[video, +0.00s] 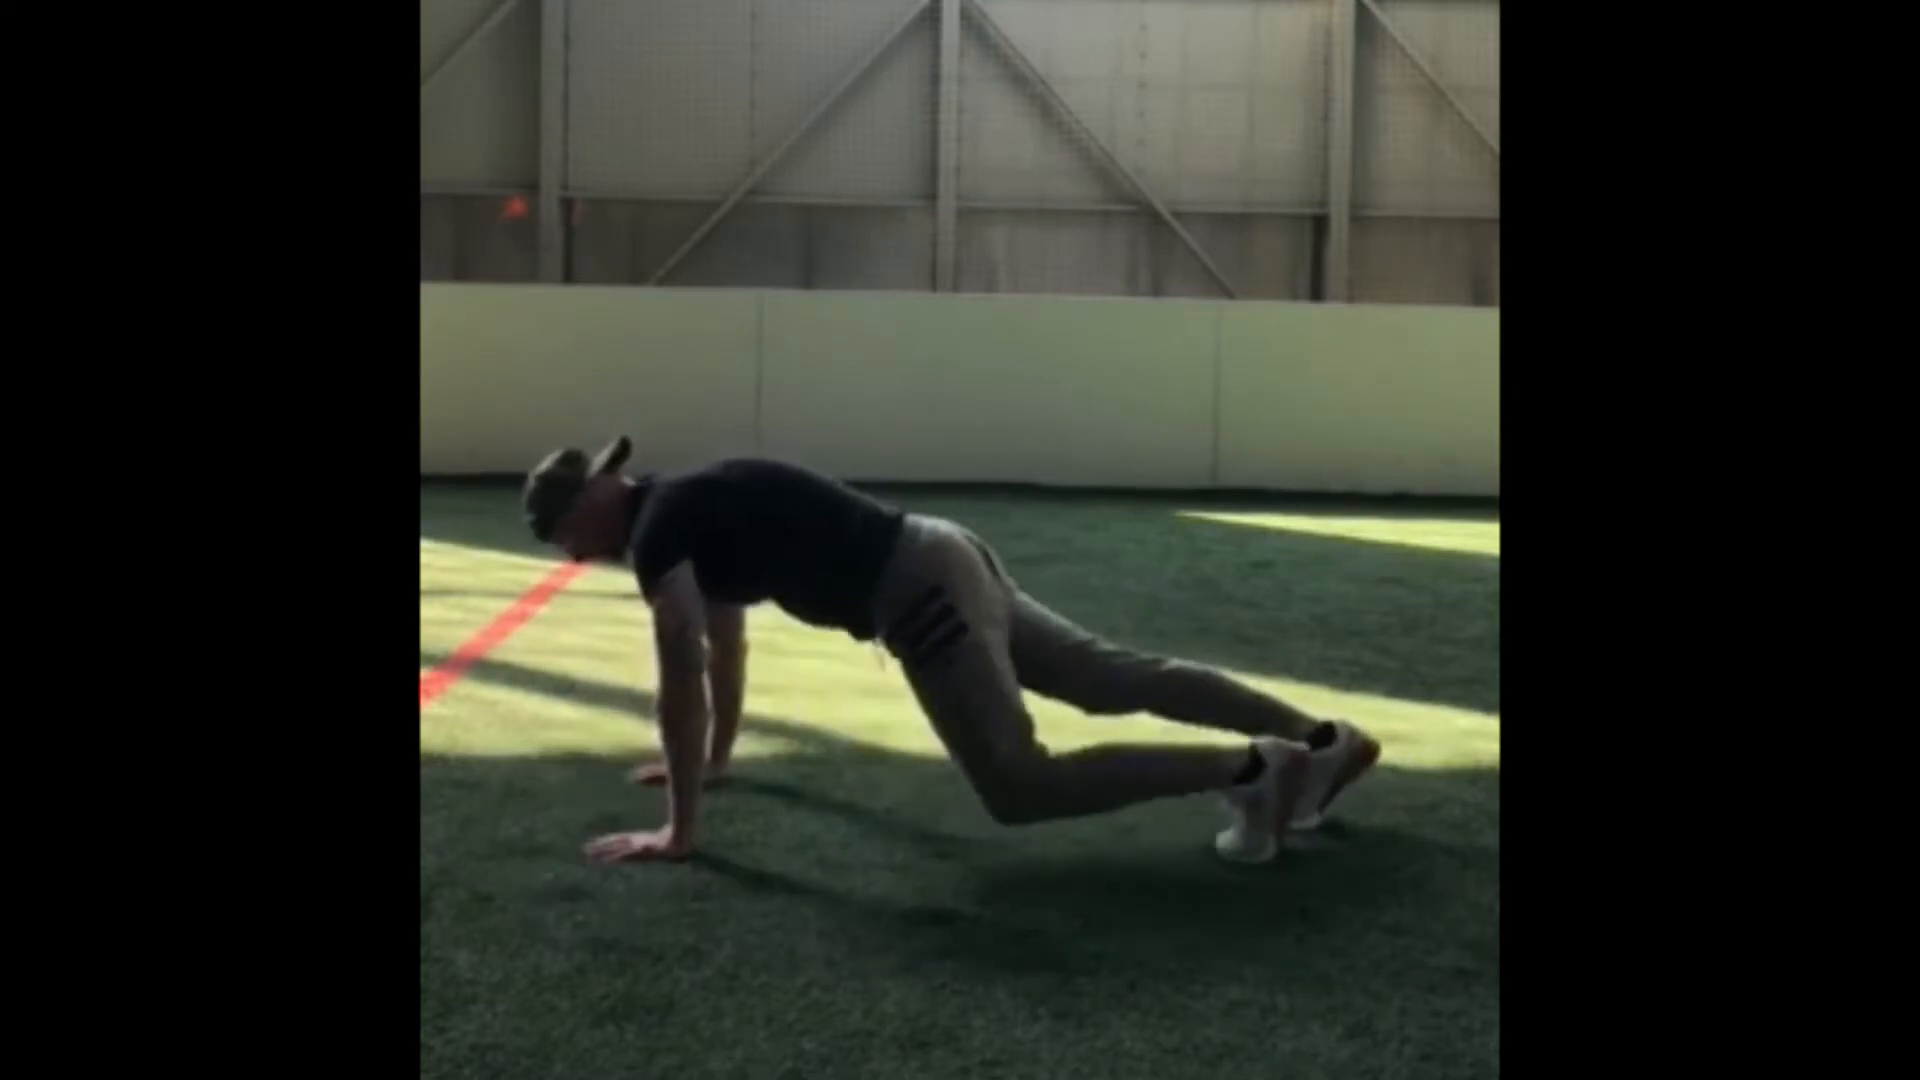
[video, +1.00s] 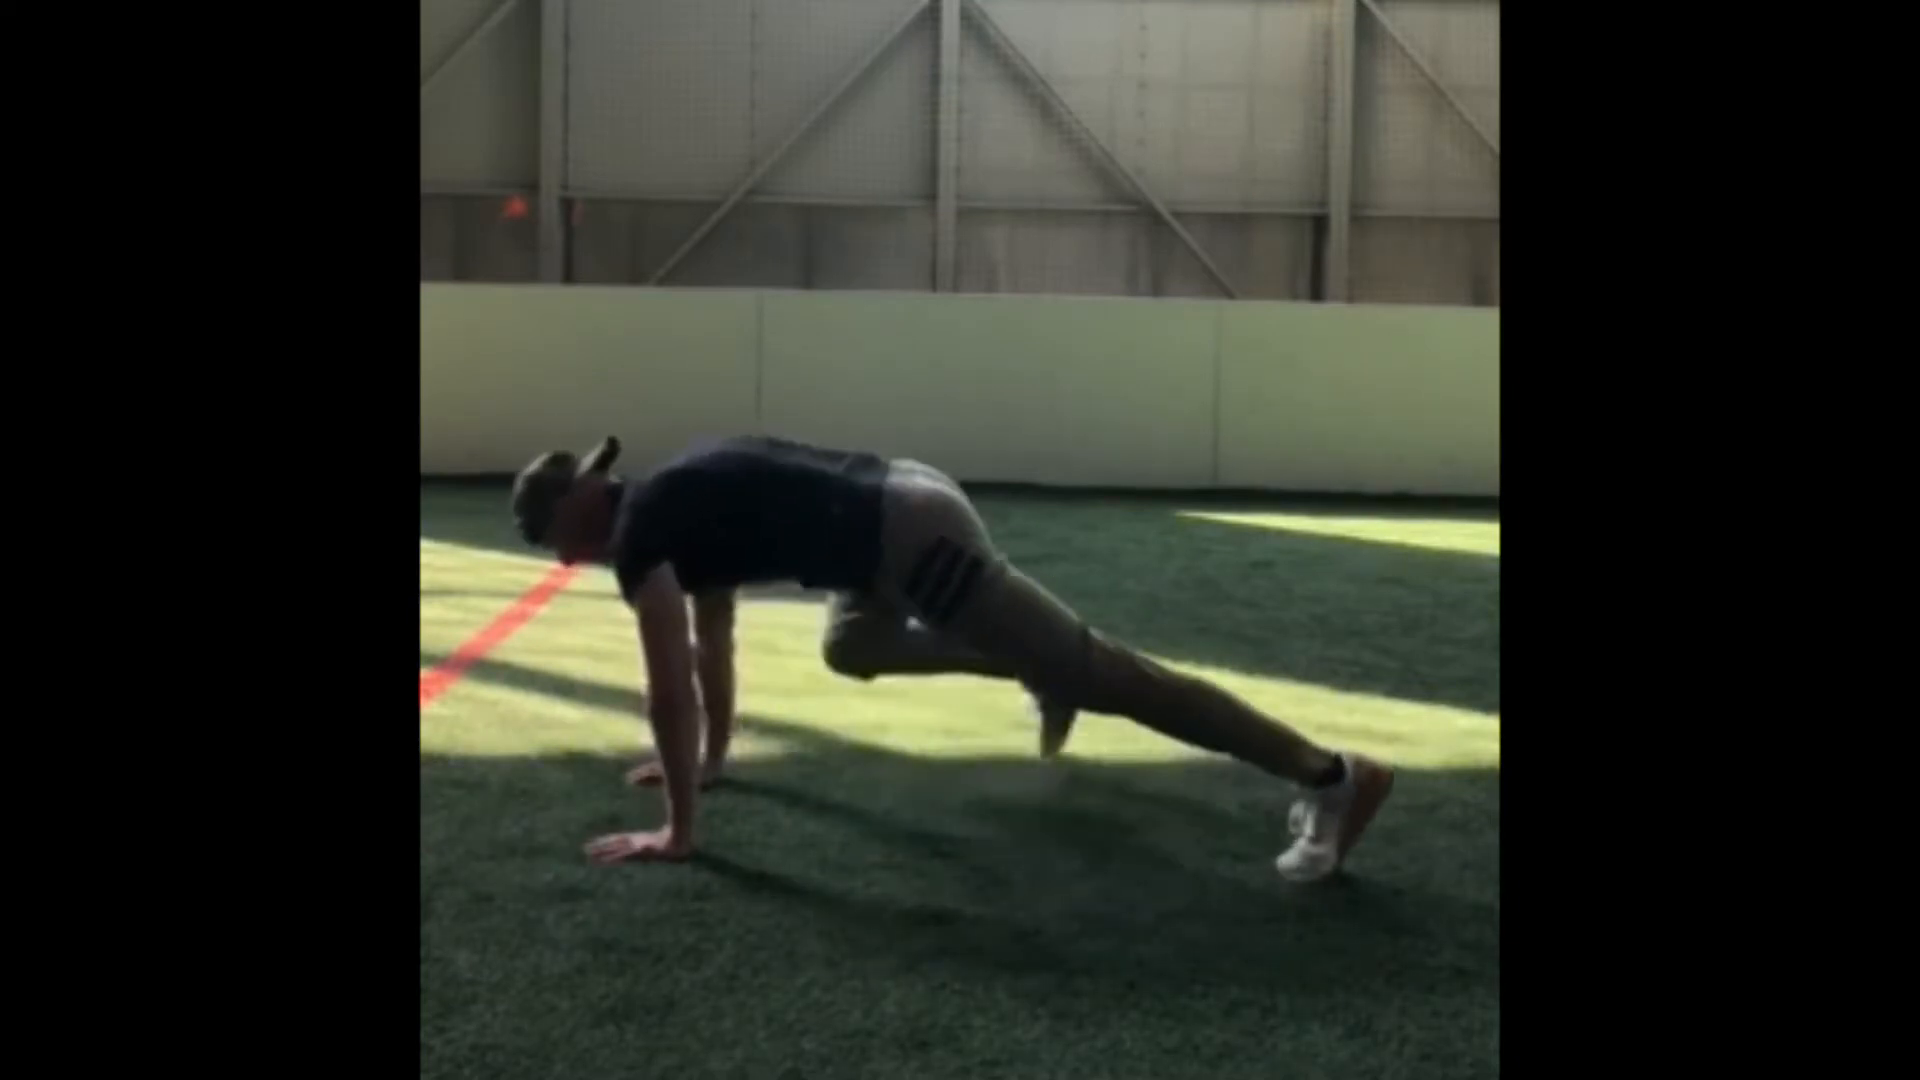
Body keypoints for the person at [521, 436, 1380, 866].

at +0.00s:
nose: (582, 562)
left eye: (573, 545)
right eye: (570, 551)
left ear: (597, 504)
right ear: (613, 487)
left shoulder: (660, 535)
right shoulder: (699, 506)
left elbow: (680, 689)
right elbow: (728, 664)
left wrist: (678, 832)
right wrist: (708, 766)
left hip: (921, 592)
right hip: (947, 552)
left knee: (1022, 789)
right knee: (1111, 678)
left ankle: (1260, 771)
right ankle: (1320, 740)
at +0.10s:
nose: (576, 568)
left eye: (567, 552)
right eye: (564, 558)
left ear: (588, 506)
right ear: (603, 492)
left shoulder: (656, 535)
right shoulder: (693, 503)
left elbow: (680, 688)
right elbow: (724, 658)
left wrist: (679, 830)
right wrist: (707, 758)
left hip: (918, 575)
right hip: (946, 534)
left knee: (1035, 760)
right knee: (1082, 685)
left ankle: (1277, 775)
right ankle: (1298, 721)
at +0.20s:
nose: (562, 571)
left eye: (555, 554)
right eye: (550, 559)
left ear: (576, 509)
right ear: (588, 495)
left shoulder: (642, 533)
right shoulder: (672, 506)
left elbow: (670, 688)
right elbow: (713, 653)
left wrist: (678, 831)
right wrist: (709, 756)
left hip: (916, 524)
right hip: (907, 516)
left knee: (1066, 686)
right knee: (968, 688)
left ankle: (1298, 777)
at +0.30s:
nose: (566, 565)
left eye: (558, 550)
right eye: (555, 553)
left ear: (575, 510)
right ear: (592, 486)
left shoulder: (636, 530)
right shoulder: (678, 497)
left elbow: (667, 683)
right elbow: (713, 647)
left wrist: (677, 829)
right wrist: (709, 753)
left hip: (893, 521)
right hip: (891, 478)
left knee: (1079, 671)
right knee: (811, 595)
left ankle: (1312, 738)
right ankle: (984, 696)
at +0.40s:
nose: (557, 550)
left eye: (548, 535)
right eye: (547, 538)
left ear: (571, 503)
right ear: (594, 476)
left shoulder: (632, 528)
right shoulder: (676, 485)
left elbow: (664, 685)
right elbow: (704, 642)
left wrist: (678, 830)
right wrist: (700, 753)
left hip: (888, 554)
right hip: (901, 496)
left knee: (1075, 700)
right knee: (743, 526)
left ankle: (1305, 771)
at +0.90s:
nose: (574, 561)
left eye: (566, 545)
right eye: (564, 549)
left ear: (587, 512)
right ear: (609, 488)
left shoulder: (645, 536)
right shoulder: (693, 496)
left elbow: (674, 691)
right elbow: (717, 660)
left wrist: (677, 830)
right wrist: (704, 766)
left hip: (917, 549)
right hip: (918, 490)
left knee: (1091, 687)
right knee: (757, 573)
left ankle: (1330, 779)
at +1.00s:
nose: (572, 565)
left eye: (564, 549)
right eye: (561, 553)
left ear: (583, 513)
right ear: (600, 491)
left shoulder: (642, 535)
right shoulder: (682, 499)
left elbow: (671, 693)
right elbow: (713, 652)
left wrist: (677, 829)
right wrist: (708, 756)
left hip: (914, 534)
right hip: (907, 502)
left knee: (1108, 675)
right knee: (853, 649)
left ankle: (1334, 777)